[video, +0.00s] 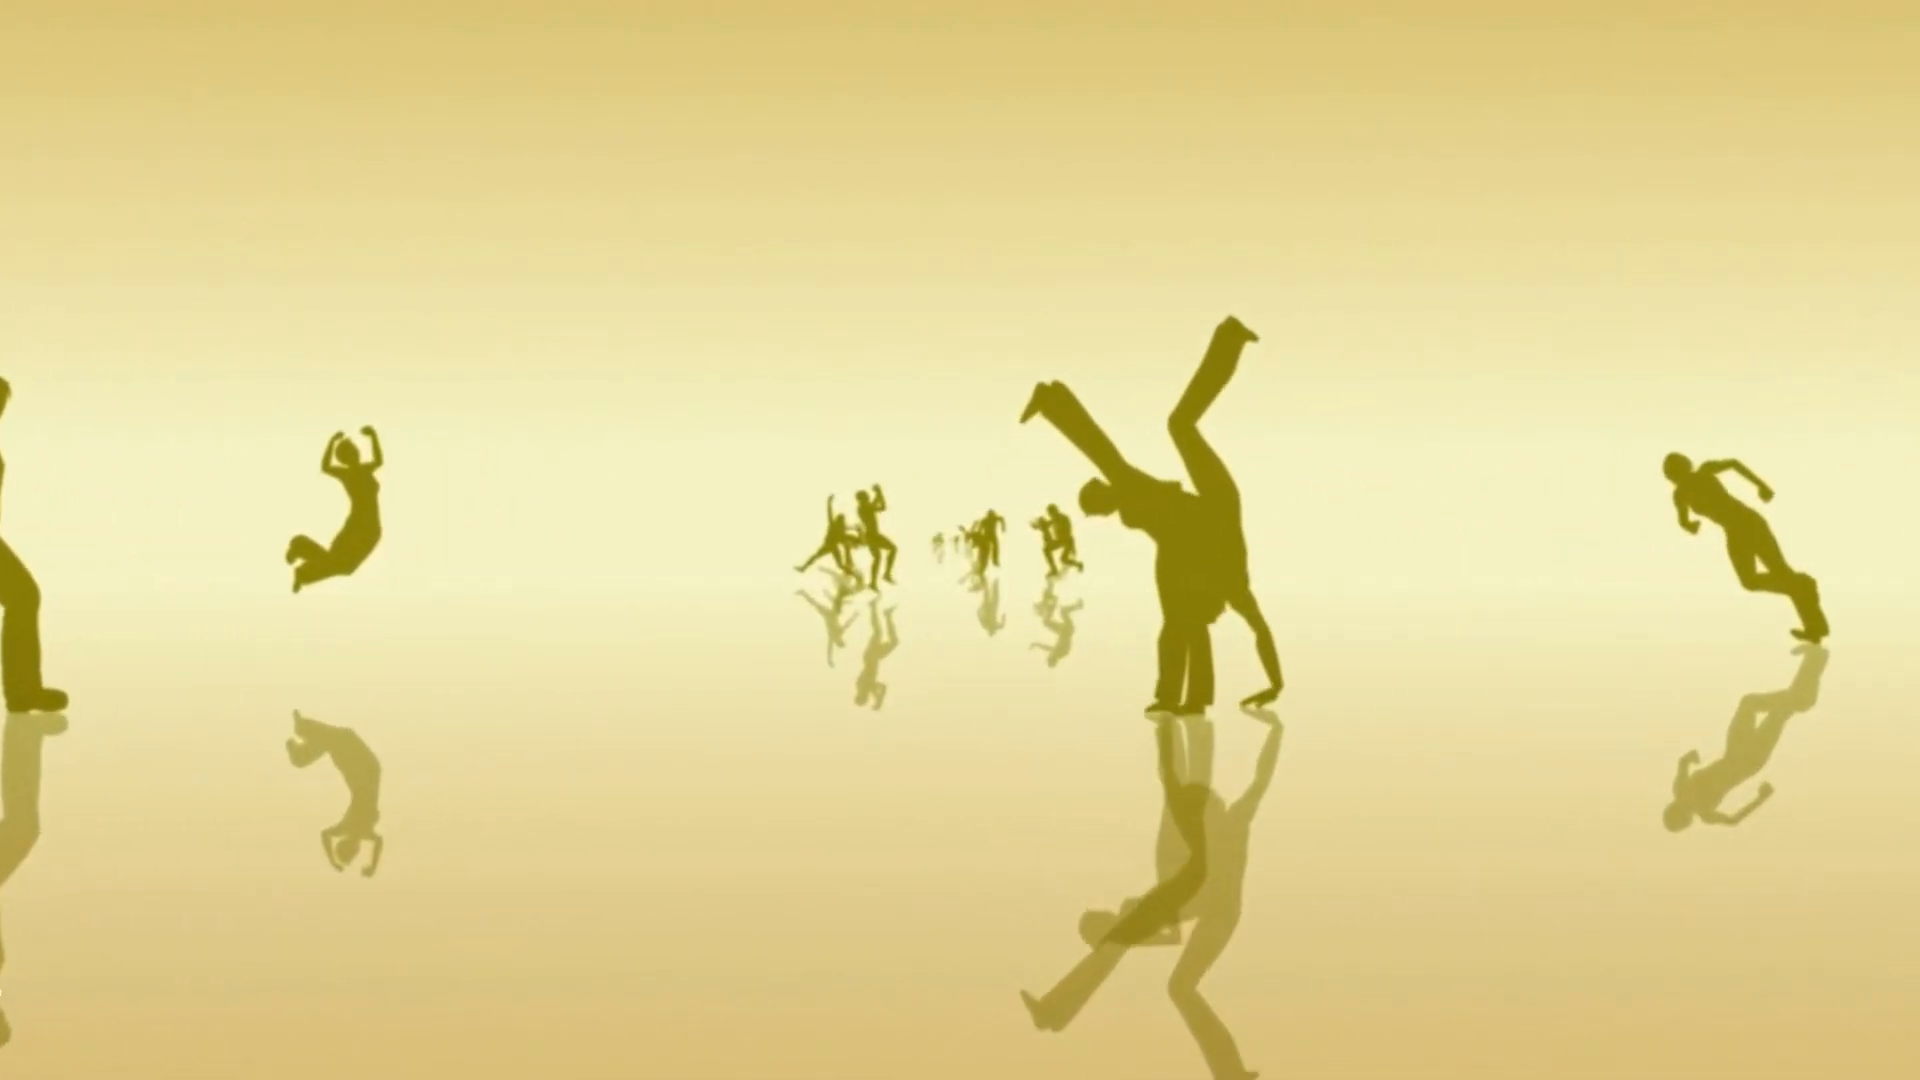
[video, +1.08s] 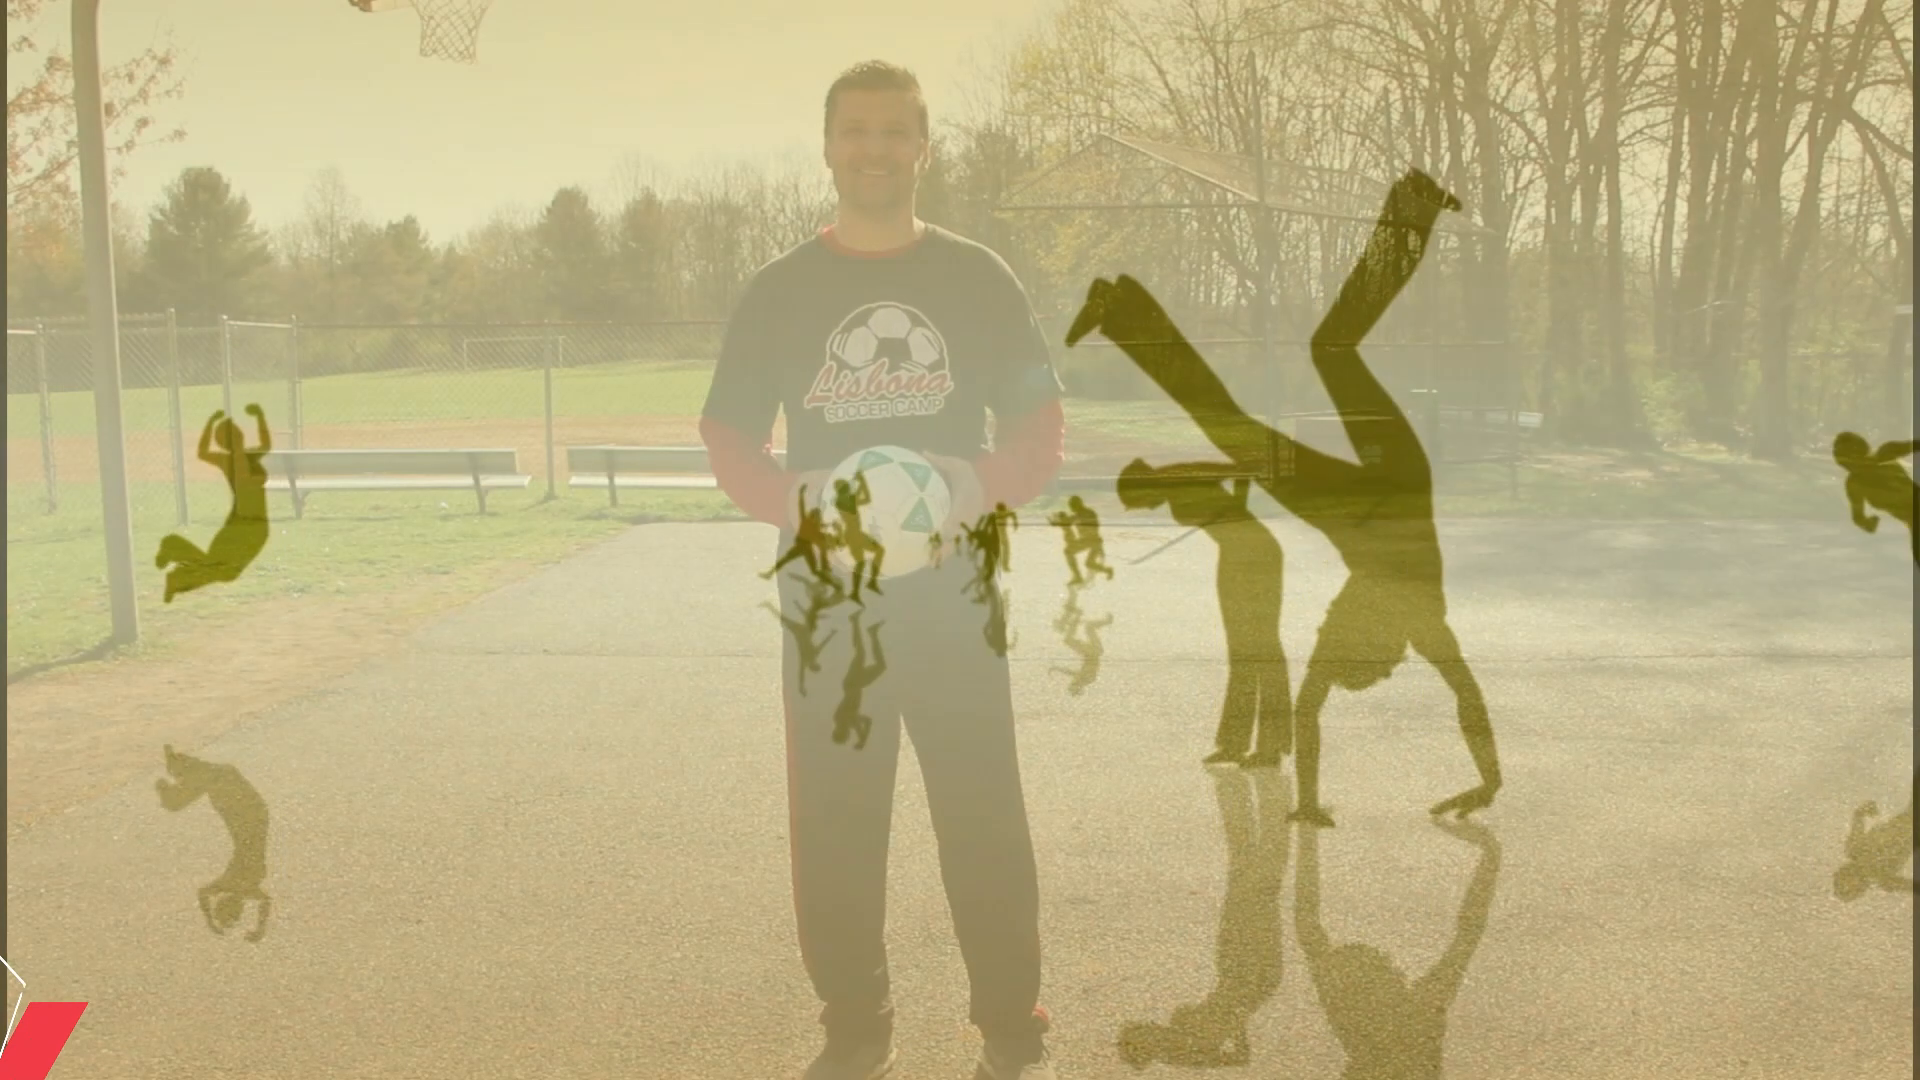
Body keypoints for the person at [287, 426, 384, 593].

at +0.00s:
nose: (352, 453)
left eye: (353, 449)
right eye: (347, 451)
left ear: (358, 450)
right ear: (342, 457)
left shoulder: (365, 470)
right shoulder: (346, 473)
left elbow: (378, 461)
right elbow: (326, 468)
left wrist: (373, 437)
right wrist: (332, 442)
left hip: (373, 526)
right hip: (357, 522)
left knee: (347, 568)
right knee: (335, 561)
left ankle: (304, 575)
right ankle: (301, 545)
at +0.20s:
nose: (334, 449)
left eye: (334, 445)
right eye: (329, 447)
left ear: (339, 447)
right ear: (324, 454)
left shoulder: (346, 468)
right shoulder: (327, 471)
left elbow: (361, 459)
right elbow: (306, 465)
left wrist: (356, 433)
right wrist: (313, 439)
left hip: (354, 525)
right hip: (338, 520)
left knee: (328, 568)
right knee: (317, 562)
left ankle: (285, 576)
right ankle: (282, 546)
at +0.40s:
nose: (315, 447)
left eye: (315, 442)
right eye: (309, 445)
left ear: (320, 444)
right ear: (304, 451)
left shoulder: (328, 465)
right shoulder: (307, 469)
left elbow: (342, 457)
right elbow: (286, 463)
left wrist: (337, 430)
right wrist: (293, 436)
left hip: (336, 525)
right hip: (319, 521)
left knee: (309, 569)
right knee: (297, 562)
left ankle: (264, 577)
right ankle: (260, 546)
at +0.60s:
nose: (295, 446)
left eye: (295, 442)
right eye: (289, 444)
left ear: (300, 442)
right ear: (284, 449)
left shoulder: (309, 463)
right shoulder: (287, 467)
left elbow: (323, 454)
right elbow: (265, 461)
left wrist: (318, 427)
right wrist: (271, 433)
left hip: (316, 524)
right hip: (298, 521)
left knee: (289, 570)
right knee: (276, 564)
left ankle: (242, 578)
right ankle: (238, 546)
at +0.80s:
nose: (274, 443)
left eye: (274, 438)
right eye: (269, 440)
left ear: (277, 439)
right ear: (262, 445)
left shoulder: (286, 461)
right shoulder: (265, 464)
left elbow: (302, 451)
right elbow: (242, 457)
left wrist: (297, 422)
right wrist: (250, 429)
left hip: (295, 524)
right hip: (276, 522)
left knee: (267, 572)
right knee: (253, 564)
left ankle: (219, 580)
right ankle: (215, 547)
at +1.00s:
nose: (251, 438)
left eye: (250, 433)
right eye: (245, 435)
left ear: (255, 435)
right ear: (239, 441)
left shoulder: (265, 458)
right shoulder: (241, 460)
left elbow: (279, 448)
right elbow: (218, 455)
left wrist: (274, 419)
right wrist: (225, 425)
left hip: (273, 525)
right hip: (253, 523)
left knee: (244, 572)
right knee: (230, 565)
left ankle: (194, 580)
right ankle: (189, 547)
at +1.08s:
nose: (234, 435)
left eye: (234, 431)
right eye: (229, 433)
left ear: (238, 433)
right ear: (223, 439)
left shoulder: (249, 456)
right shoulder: (228, 460)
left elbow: (265, 446)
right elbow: (202, 453)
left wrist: (260, 417)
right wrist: (210, 423)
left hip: (258, 526)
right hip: (238, 524)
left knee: (229, 572)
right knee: (215, 565)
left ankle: (179, 581)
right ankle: (174, 547)